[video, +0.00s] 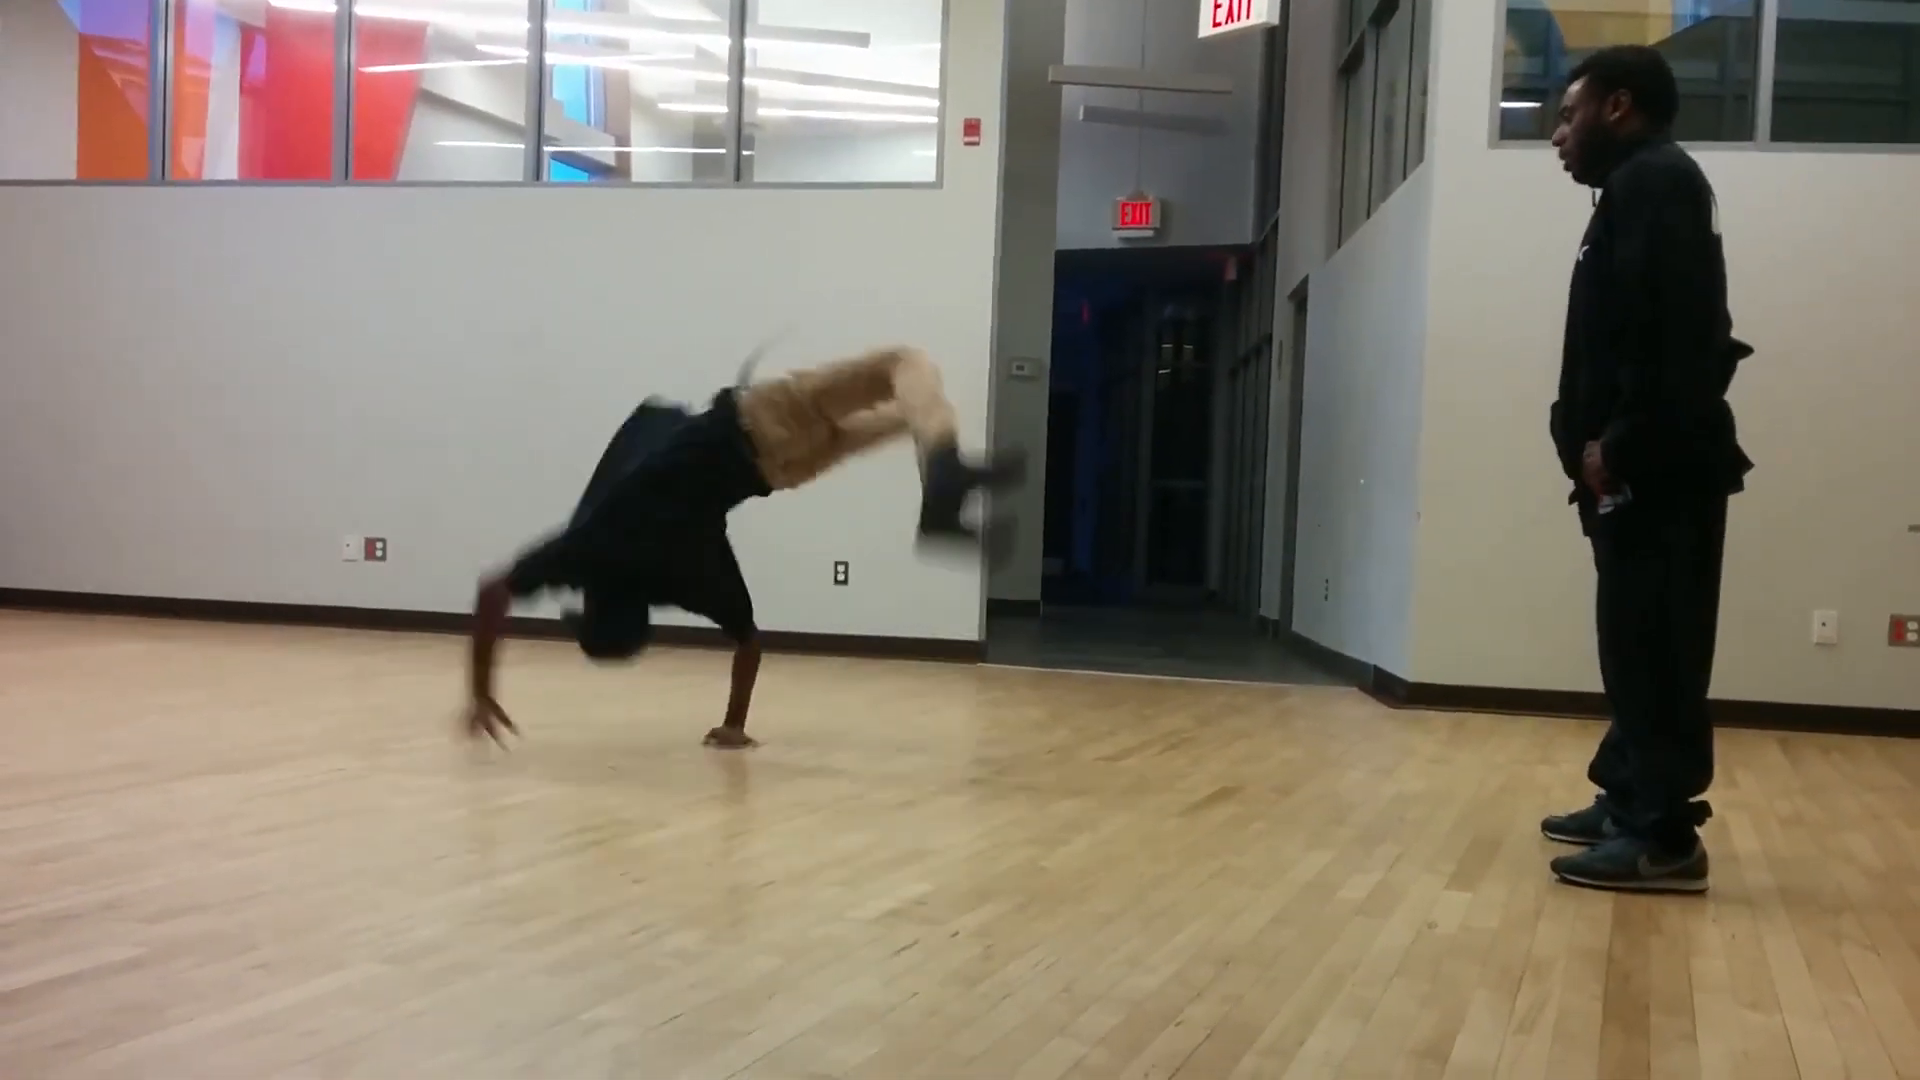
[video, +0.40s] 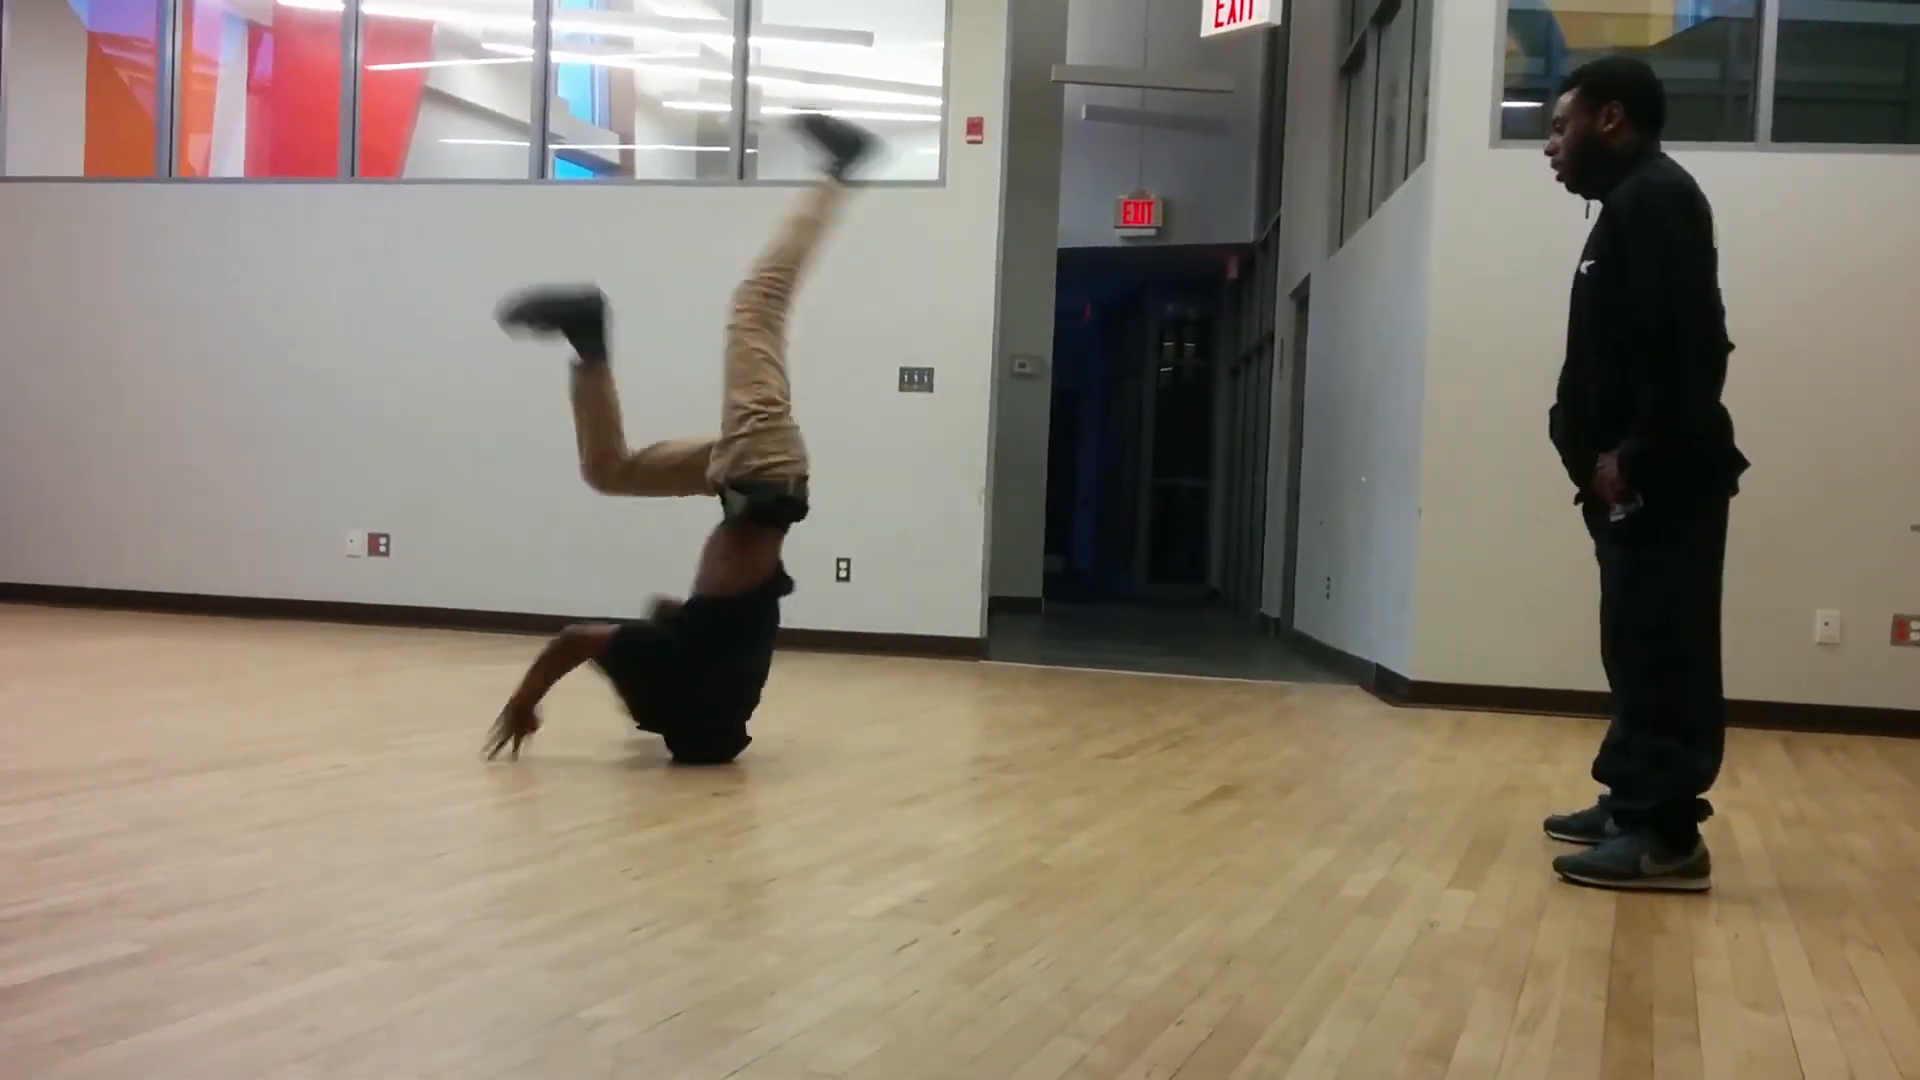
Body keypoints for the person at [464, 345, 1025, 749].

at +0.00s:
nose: (625, 654)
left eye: (624, 652)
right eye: (615, 652)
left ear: (624, 621)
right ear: (624, 613)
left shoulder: (583, 551)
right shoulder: (702, 584)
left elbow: (494, 592)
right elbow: (748, 642)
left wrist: (479, 693)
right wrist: (734, 725)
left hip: (771, 468)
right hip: (751, 419)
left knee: (890, 416)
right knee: (905, 366)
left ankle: (962, 475)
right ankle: (941, 473)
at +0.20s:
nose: (677, 730)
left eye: (681, 728)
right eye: (656, 734)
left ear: (682, 716)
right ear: (630, 725)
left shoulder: (687, 679)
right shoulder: (599, 665)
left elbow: (727, 630)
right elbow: (507, 643)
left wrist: (727, 717)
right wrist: (497, 736)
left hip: (746, 501)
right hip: (703, 494)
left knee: (713, 374)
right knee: (805, 317)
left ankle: (790, 292)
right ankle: (965, 276)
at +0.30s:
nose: (697, 743)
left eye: (712, 740)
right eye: (685, 743)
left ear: (719, 729)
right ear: (658, 734)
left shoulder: (719, 685)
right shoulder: (633, 668)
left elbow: (719, 627)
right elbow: (535, 649)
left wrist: (722, 723)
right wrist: (500, 732)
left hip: (731, 492)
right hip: (741, 485)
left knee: (625, 415)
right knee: (791, 308)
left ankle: (631, 272)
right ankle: (938, 234)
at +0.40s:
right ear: (651, 715)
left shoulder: (724, 720)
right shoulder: (662, 672)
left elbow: (742, 617)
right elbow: (579, 638)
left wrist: (678, 616)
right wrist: (524, 699)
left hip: (740, 475)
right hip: (765, 475)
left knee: (608, 470)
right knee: (760, 302)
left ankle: (587, 335)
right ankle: (839, 171)